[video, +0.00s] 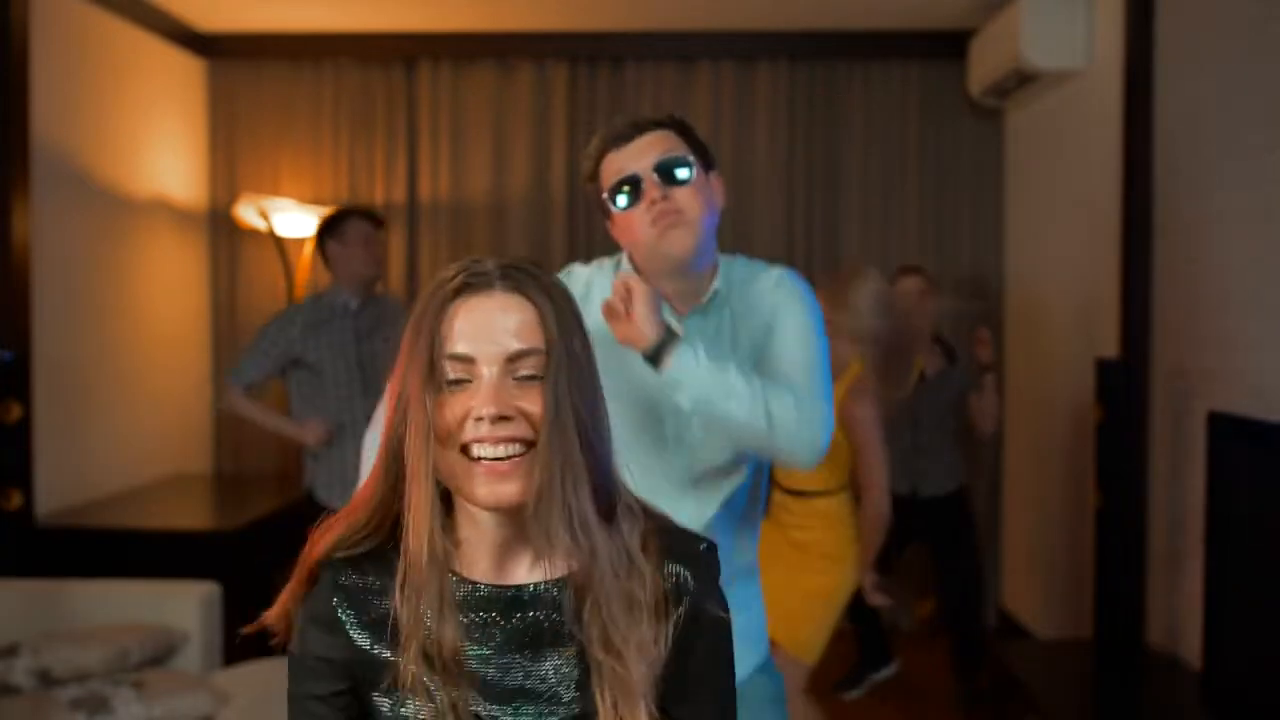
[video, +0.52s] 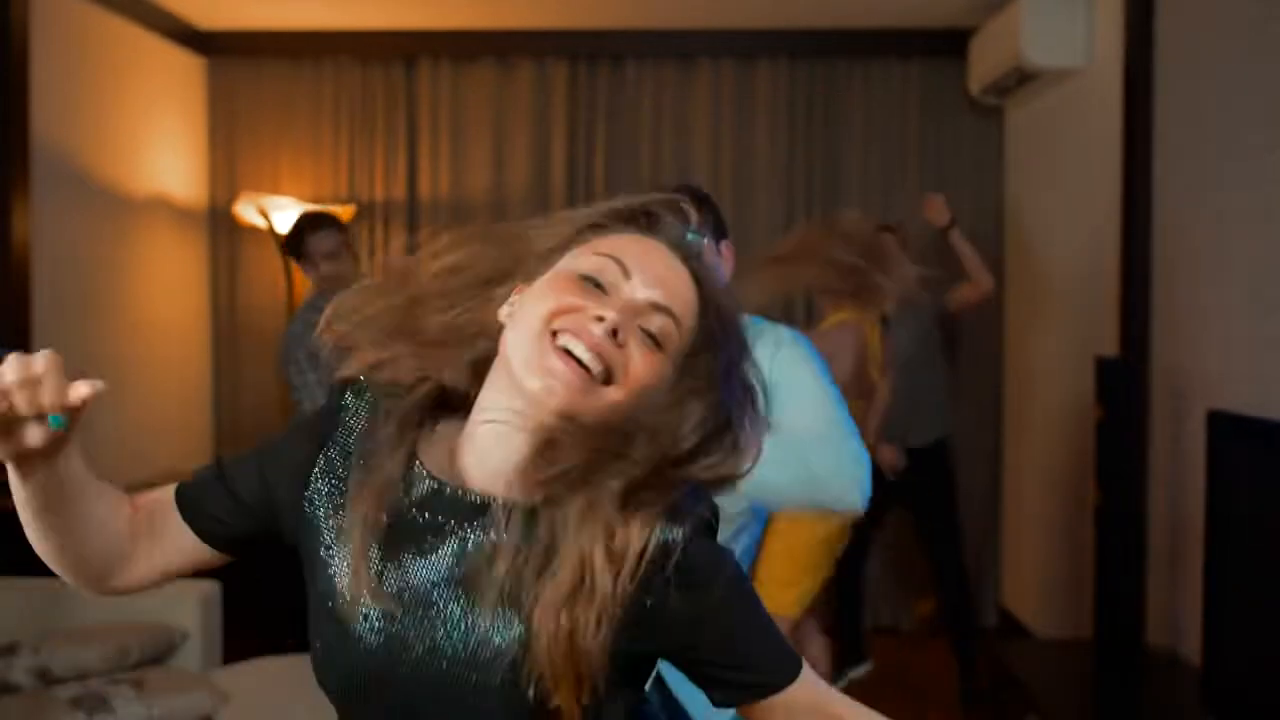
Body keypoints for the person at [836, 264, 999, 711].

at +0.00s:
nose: (910, 308)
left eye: (919, 298)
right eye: (901, 299)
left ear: (934, 305)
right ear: (890, 307)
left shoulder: (953, 360)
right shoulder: (881, 360)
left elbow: (984, 424)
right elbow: (865, 425)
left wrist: (985, 368)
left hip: (945, 498)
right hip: (891, 497)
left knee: (961, 594)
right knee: (865, 575)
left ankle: (971, 682)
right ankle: (874, 657)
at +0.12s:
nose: (915, 297)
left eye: (922, 287)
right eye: (906, 289)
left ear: (936, 294)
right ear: (890, 296)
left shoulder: (951, 344)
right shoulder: (879, 350)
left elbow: (988, 396)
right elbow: (858, 413)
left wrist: (984, 339)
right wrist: (859, 488)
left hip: (943, 488)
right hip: (888, 488)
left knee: (960, 590)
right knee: (861, 574)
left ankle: (972, 680)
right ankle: (874, 657)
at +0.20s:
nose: (913, 284)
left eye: (921, 274)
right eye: (904, 276)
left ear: (936, 280)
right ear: (890, 284)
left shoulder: (951, 330)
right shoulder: (880, 336)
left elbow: (987, 369)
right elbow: (855, 390)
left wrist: (977, 310)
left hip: (940, 474)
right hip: (884, 473)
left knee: (959, 579)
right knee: (859, 568)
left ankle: (971, 678)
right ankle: (872, 655)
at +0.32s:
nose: (907, 267)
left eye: (913, 258)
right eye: (898, 259)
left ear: (926, 262)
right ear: (883, 264)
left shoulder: (937, 309)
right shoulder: (873, 312)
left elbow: (986, 326)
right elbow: (857, 379)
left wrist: (966, 271)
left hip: (934, 454)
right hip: (881, 454)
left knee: (955, 561)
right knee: (854, 554)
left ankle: (972, 668)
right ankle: (866, 649)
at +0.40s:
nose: (901, 265)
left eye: (908, 254)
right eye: (891, 256)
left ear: (924, 262)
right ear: (873, 265)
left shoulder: (934, 308)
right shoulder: (869, 315)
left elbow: (985, 306)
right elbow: (852, 383)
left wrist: (959, 250)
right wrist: (856, 440)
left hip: (931, 448)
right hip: (876, 450)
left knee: (950, 557)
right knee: (852, 555)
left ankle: (971, 664)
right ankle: (858, 652)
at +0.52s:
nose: (890, 261)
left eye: (896, 252)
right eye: (880, 253)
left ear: (909, 260)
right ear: (867, 262)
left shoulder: (924, 304)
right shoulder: (858, 311)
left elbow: (981, 286)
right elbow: (845, 386)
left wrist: (951, 230)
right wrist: (872, 442)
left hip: (927, 449)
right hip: (873, 452)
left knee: (946, 560)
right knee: (850, 558)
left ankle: (968, 665)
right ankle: (850, 653)